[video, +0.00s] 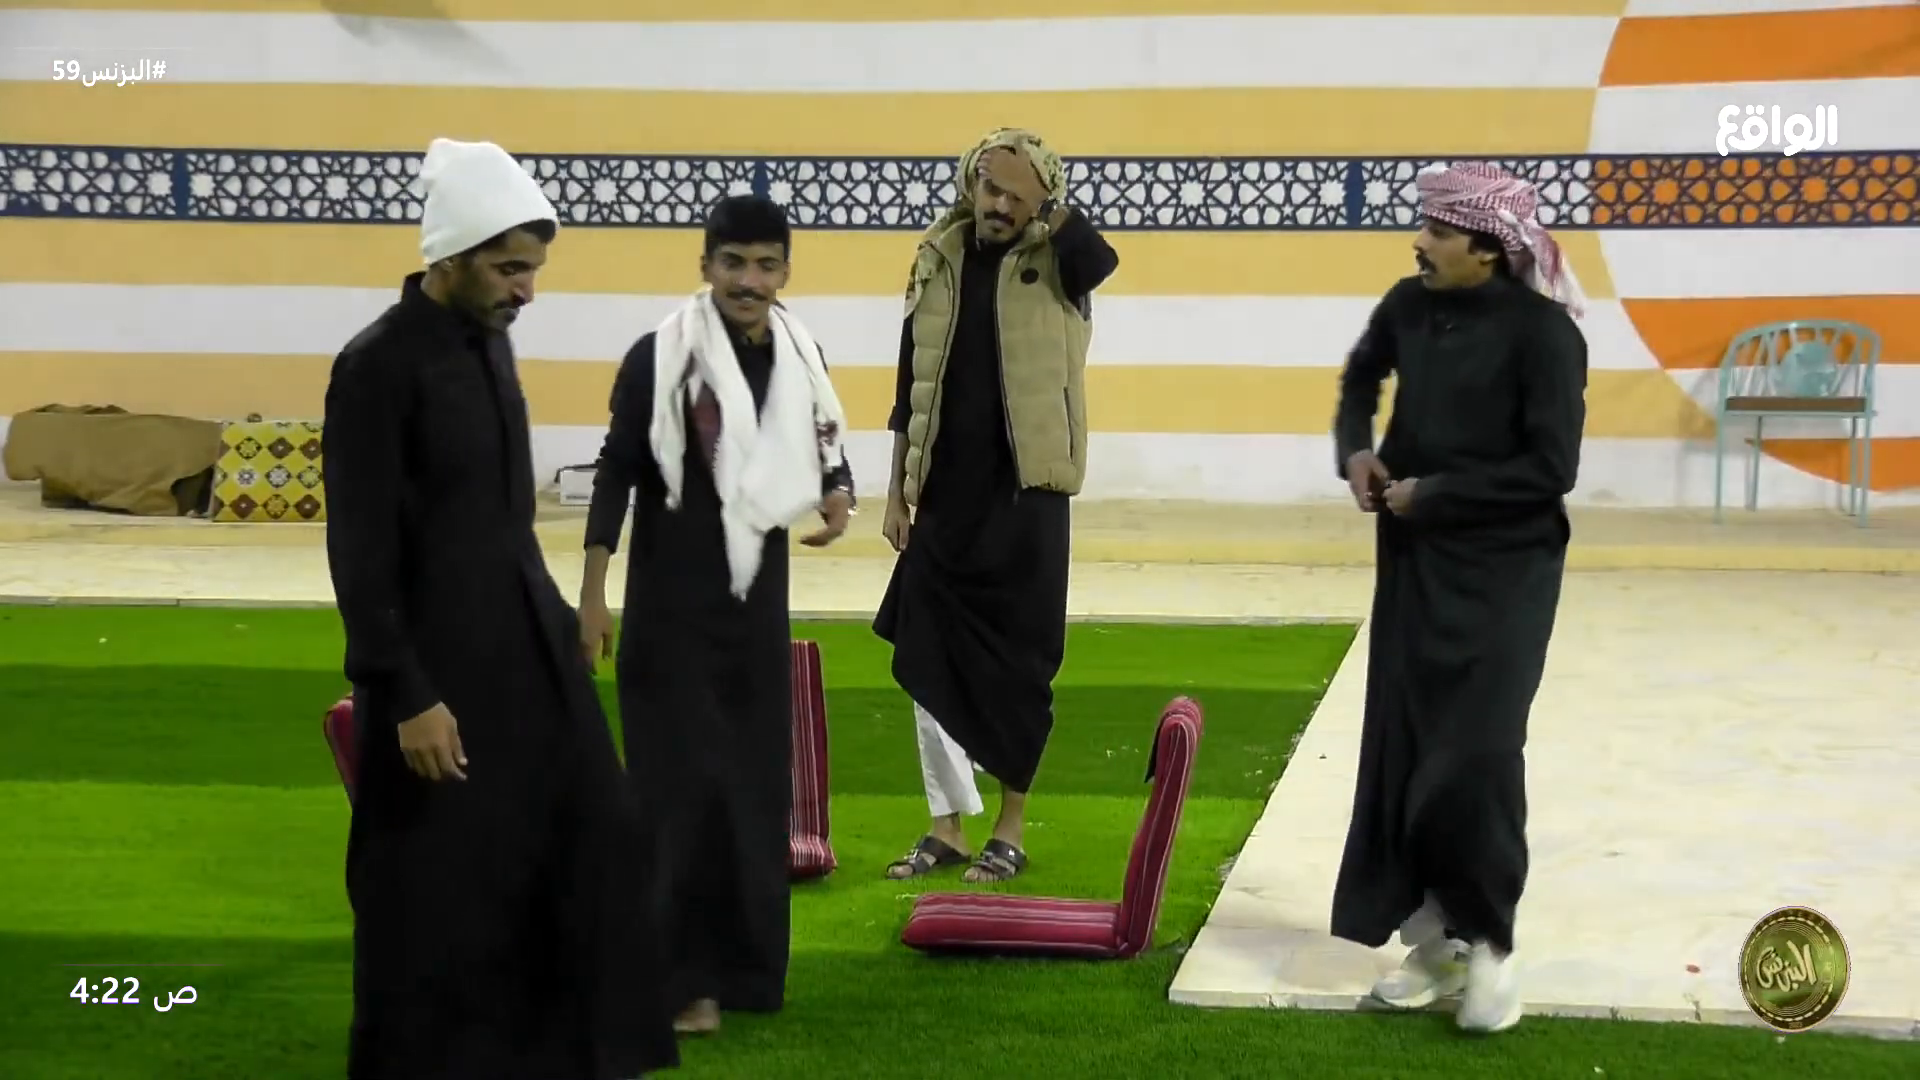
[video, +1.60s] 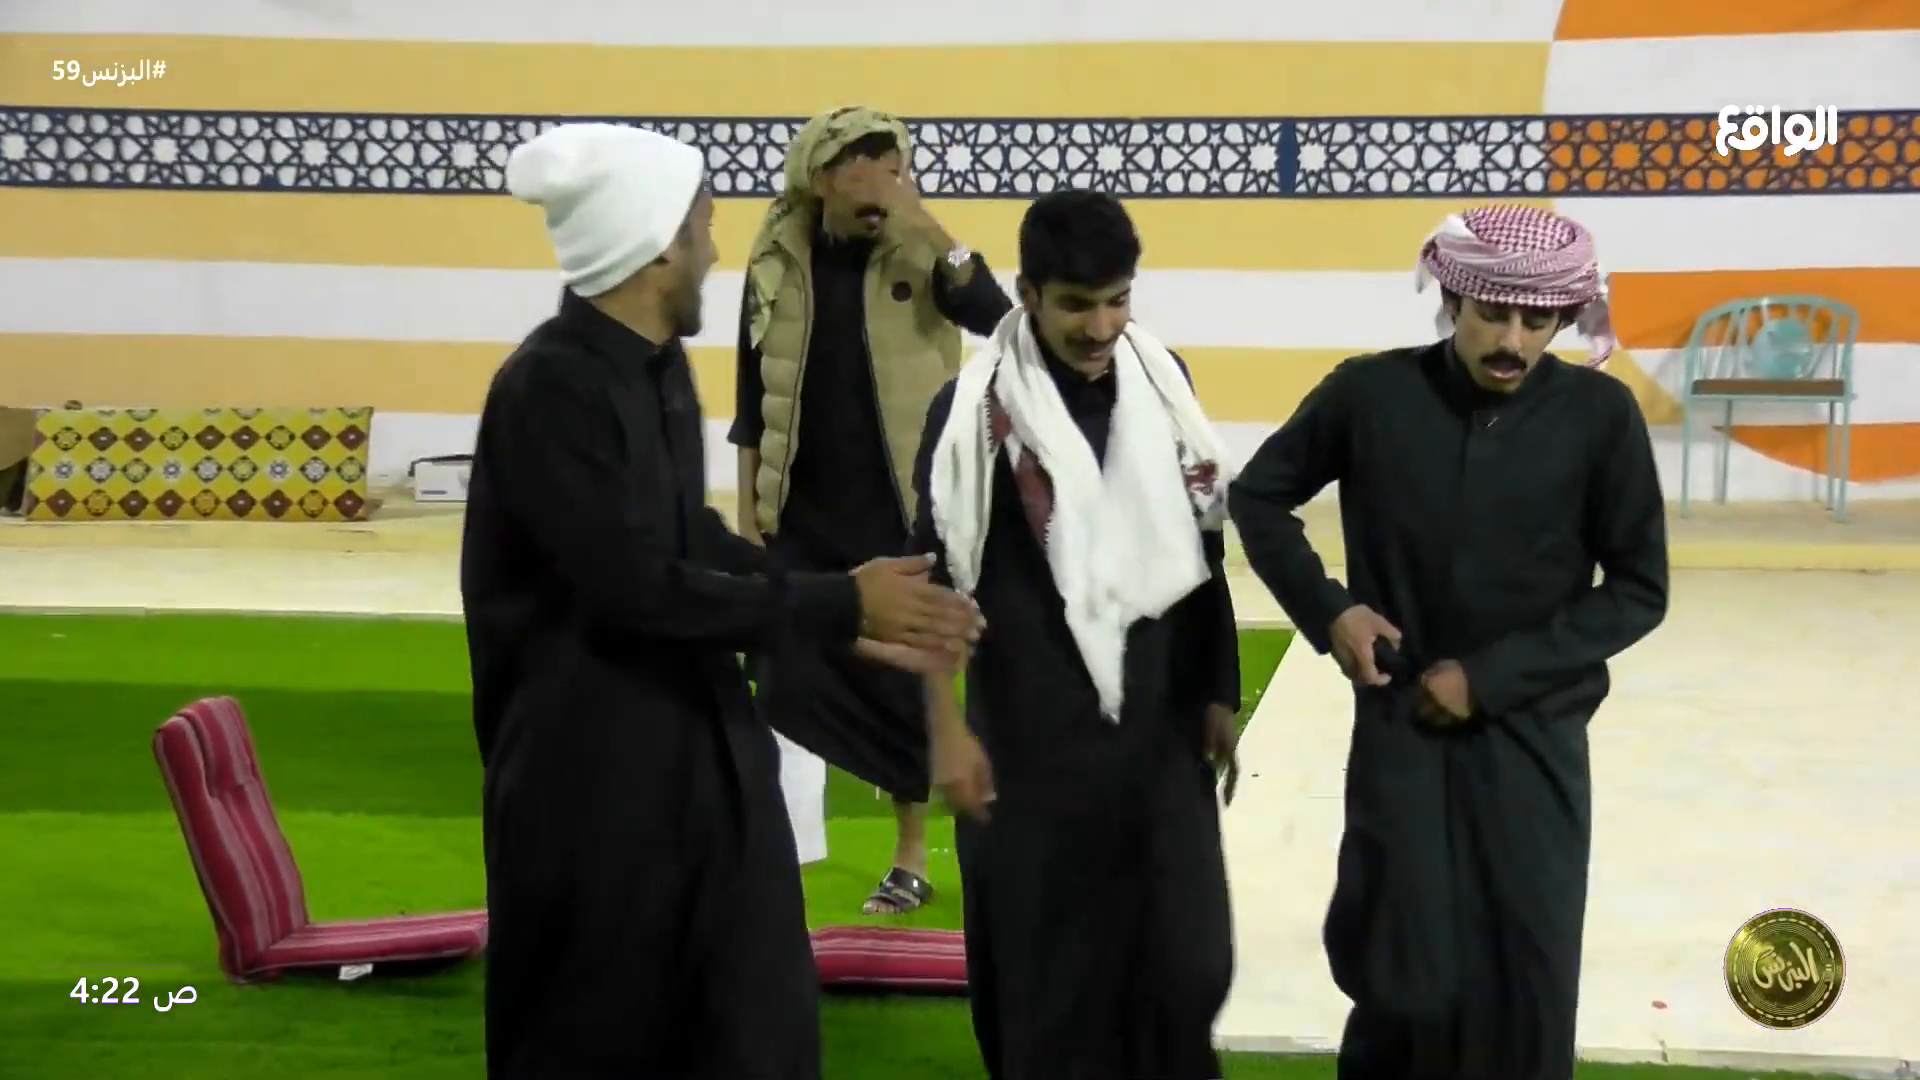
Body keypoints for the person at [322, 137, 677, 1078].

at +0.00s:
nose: (526, 287)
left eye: (535, 268)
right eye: (510, 268)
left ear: (540, 253)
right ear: (446, 257)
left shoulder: (490, 347)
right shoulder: (375, 367)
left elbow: (502, 525)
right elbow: (359, 553)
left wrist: (549, 631)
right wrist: (408, 697)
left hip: (527, 668)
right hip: (437, 681)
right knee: (435, 916)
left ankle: (574, 1053)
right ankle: (433, 1060)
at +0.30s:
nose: (641, 297)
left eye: (646, 278)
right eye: (627, 278)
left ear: (582, 272)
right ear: (561, 272)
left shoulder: (614, 366)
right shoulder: (449, 374)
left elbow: (642, 526)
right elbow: (387, 546)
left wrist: (658, 664)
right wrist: (373, 699)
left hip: (607, 711)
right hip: (482, 713)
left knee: (606, 948)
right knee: (463, 947)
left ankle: (600, 1066)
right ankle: (432, 1066)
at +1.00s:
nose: (683, 276)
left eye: (681, 253)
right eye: (671, 254)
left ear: (615, 264)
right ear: (615, 263)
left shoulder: (651, 366)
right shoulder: (489, 390)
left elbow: (708, 511)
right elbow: (435, 579)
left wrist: (777, 638)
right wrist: (438, 752)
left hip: (673, 720)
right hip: (560, 731)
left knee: (660, 969)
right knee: (607, 974)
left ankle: (620, 1073)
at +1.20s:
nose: (663, 237)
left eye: (657, 218)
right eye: (651, 221)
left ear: (592, 247)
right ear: (610, 246)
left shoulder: (596, 363)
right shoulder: (495, 379)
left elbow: (643, 531)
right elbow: (471, 591)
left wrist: (746, 640)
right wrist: (510, 771)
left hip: (674, 734)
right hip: (580, 749)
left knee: (755, 946)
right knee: (592, 1009)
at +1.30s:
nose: (654, 237)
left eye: (650, 216)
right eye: (645, 218)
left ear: (582, 238)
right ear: (606, 237)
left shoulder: (573, 362)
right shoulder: (504, 372)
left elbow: (627, 554)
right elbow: (538, 590)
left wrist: (733, 646)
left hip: (650, 735)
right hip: (565, 767)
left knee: (787, 945)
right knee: (596, 1012)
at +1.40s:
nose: (661, 238)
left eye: (656, 214)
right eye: (651, 216)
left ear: (590, 240)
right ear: (608, 237)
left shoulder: (578, 363)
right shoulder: (517, 374)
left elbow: (639, 566)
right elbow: (581, 592)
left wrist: (742, 646)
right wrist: (731, 672)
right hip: (575, 805)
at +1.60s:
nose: (715, 254)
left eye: (710, 229)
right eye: (704, 228)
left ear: (639, 250)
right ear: (658, 245)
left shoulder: (655, 372)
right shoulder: (552, 387)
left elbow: (693, 546)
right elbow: (635, 592)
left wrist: (850, 603)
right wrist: (840, 605)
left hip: (691, 799)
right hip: (593, 817)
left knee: (736, 1030)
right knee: (598, 1042)